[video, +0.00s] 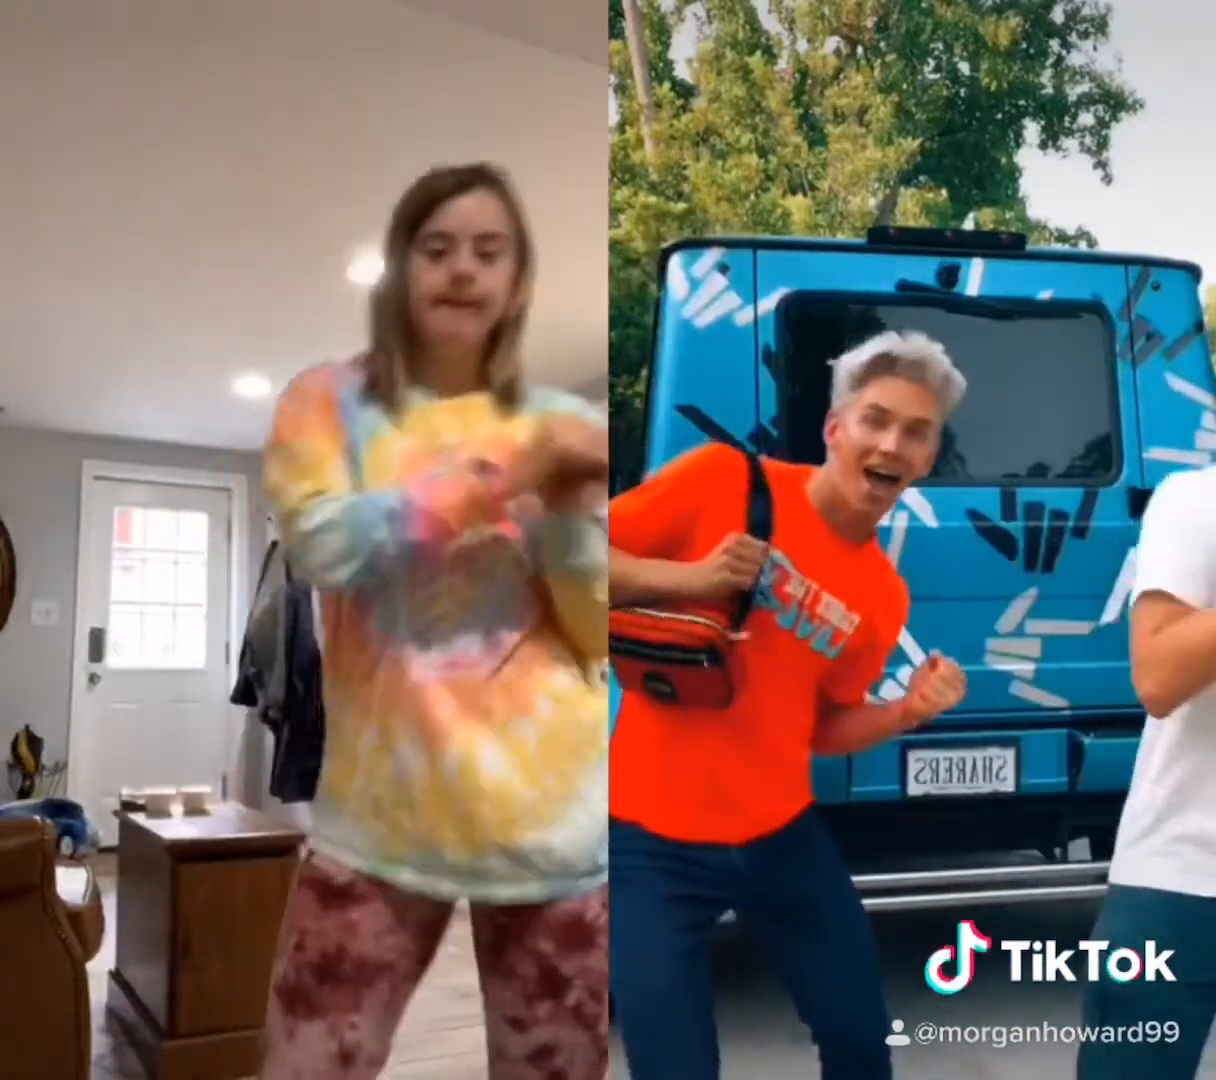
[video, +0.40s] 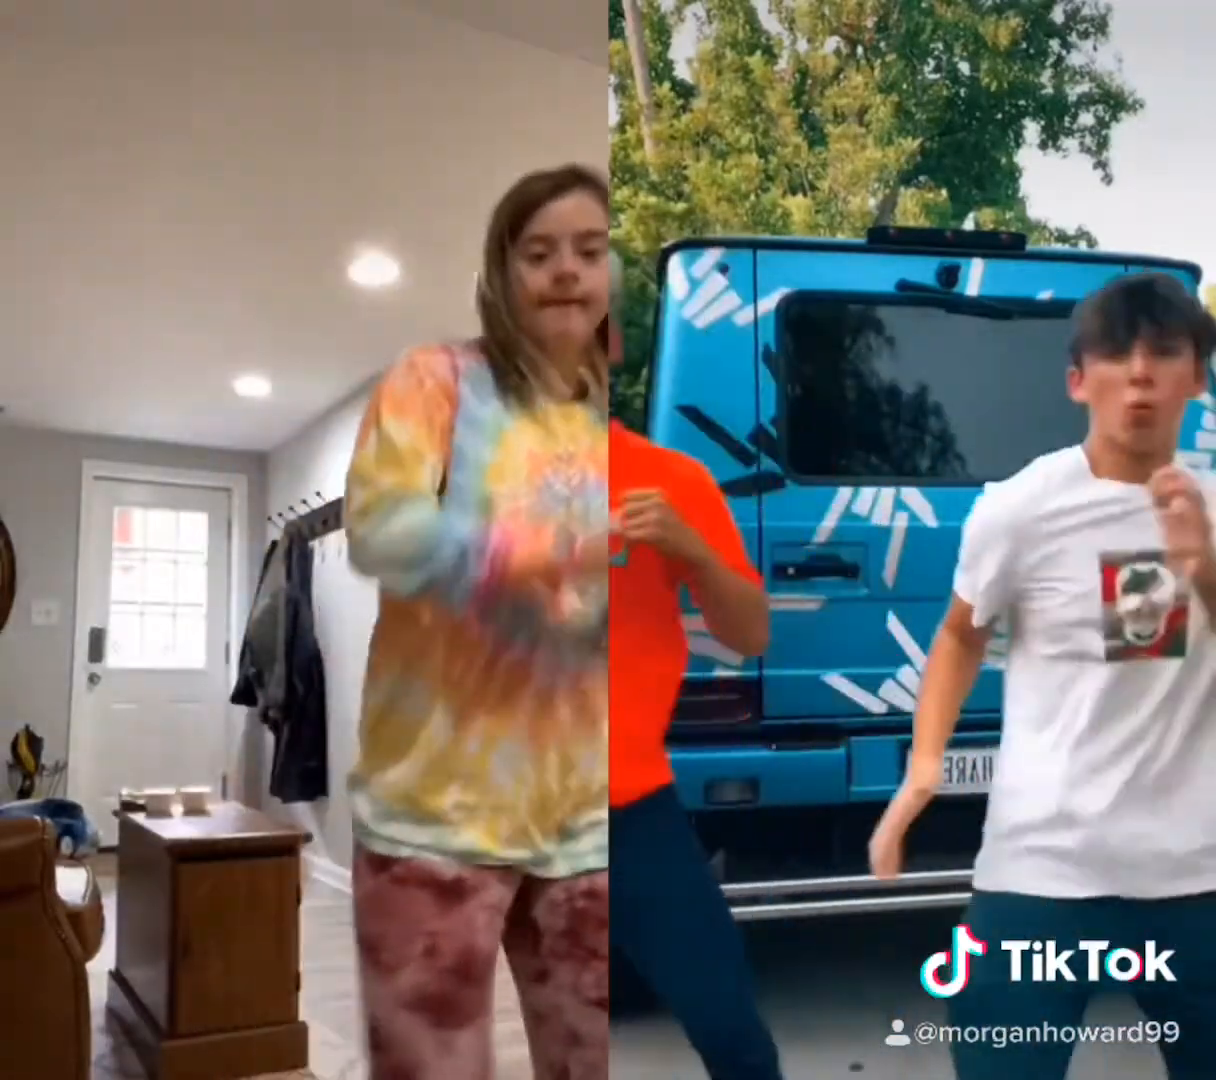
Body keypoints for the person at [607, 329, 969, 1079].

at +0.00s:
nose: (892, 447)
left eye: (916, 432)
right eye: (876, 420)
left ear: (933, 454)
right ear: (833, 428)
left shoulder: (883, 594)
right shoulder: (724, 480)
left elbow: (823, 730)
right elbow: (572, 553)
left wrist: (908, 709)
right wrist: (692, 578)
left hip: (784, 839)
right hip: (654, 837)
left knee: (859, 1037)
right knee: (677, 1067)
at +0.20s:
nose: (802, 478)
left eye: (824, 459)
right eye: (782, 456)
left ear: (853, 480)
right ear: (749, 469)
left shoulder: (849, 625)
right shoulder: (657, 551)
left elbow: (871, 777)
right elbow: (567, 677)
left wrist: (934, 716)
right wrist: (605, 645)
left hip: (774, 874)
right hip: (638, 875)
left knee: (886, 1049)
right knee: (586, 1062)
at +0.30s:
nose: (685, 407)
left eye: (707, 388)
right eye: (665, 388)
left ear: (740, 410)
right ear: (636, 406)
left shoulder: (777, 552)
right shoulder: (583, 512)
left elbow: (851, 700)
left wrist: (838, 596)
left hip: (720, 855)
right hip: (589, 856)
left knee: (822, 1057)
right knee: (574, 1061)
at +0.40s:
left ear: (605, 341)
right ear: (506, 329)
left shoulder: (669, 479)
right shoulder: (479, 473)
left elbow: (751, 633)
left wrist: (690, 549)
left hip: (625, 806)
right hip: (491, 808)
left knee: (731, 1030)